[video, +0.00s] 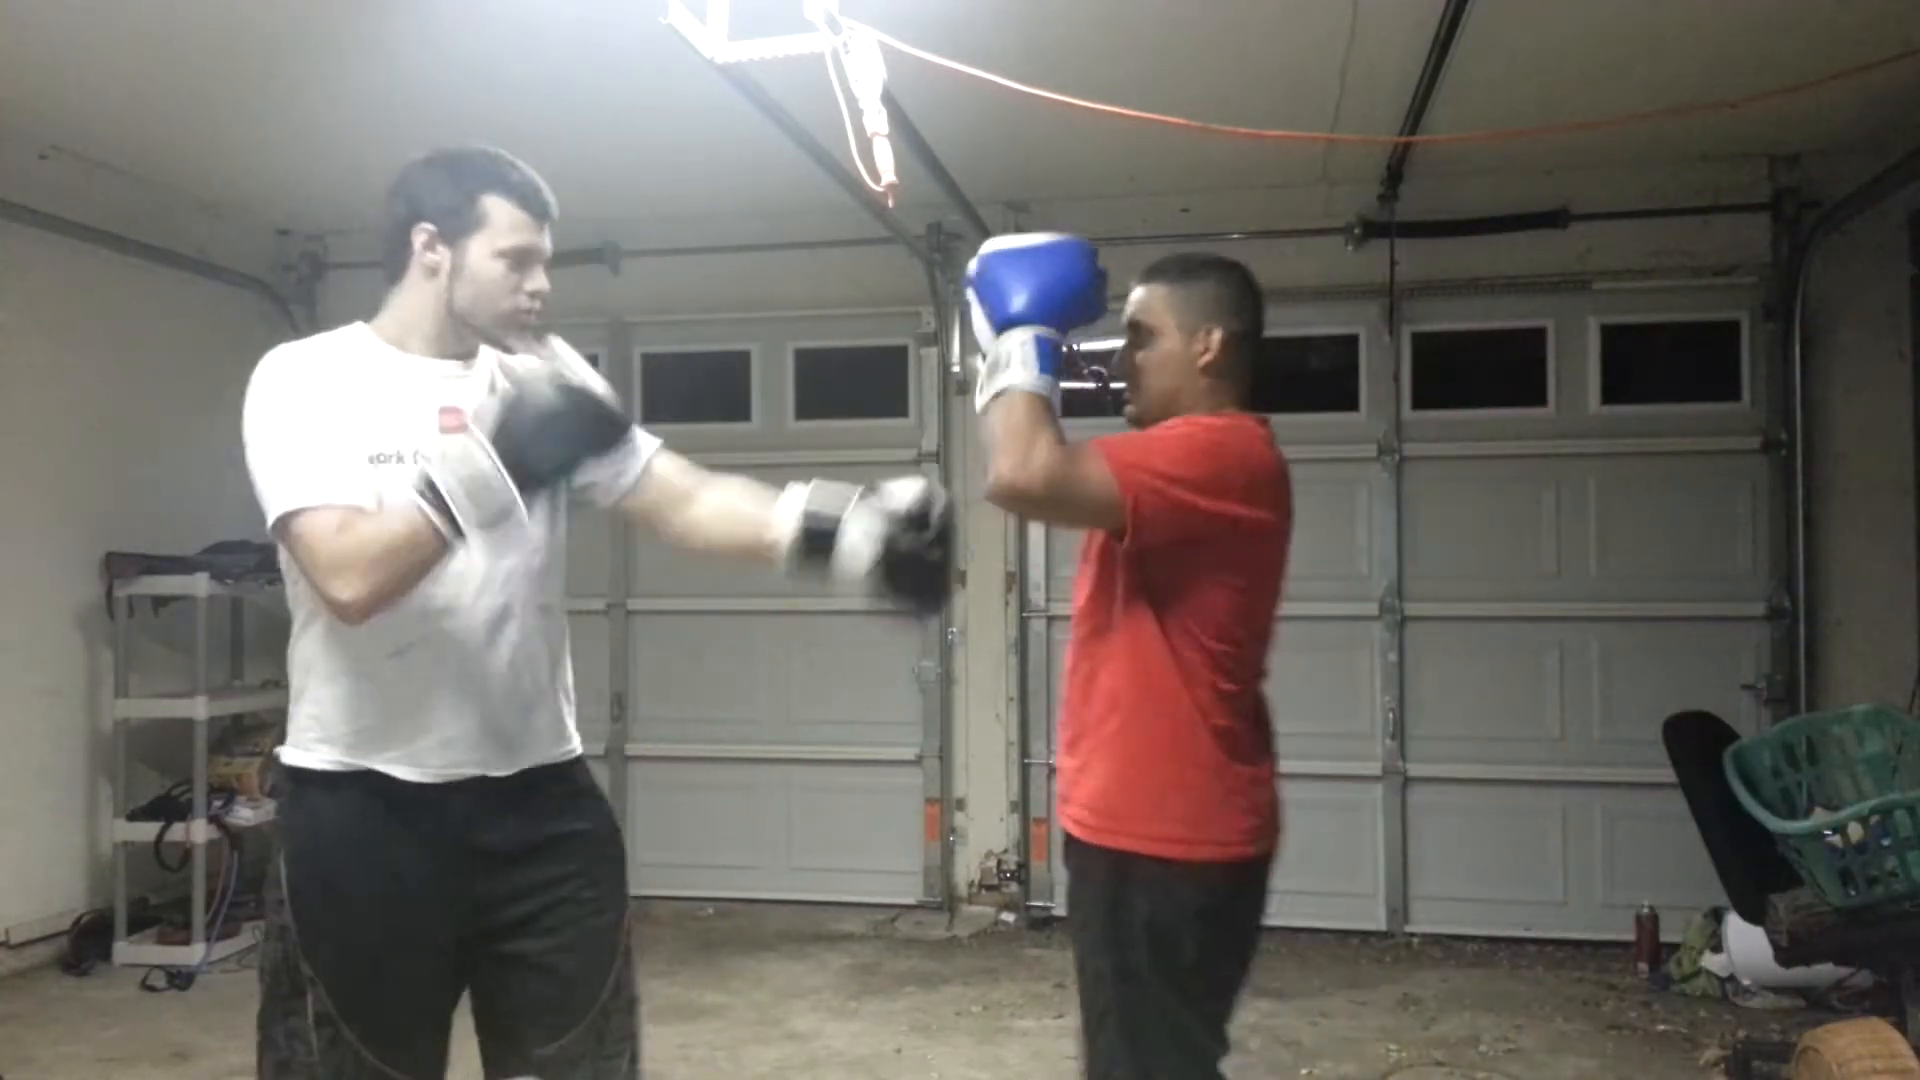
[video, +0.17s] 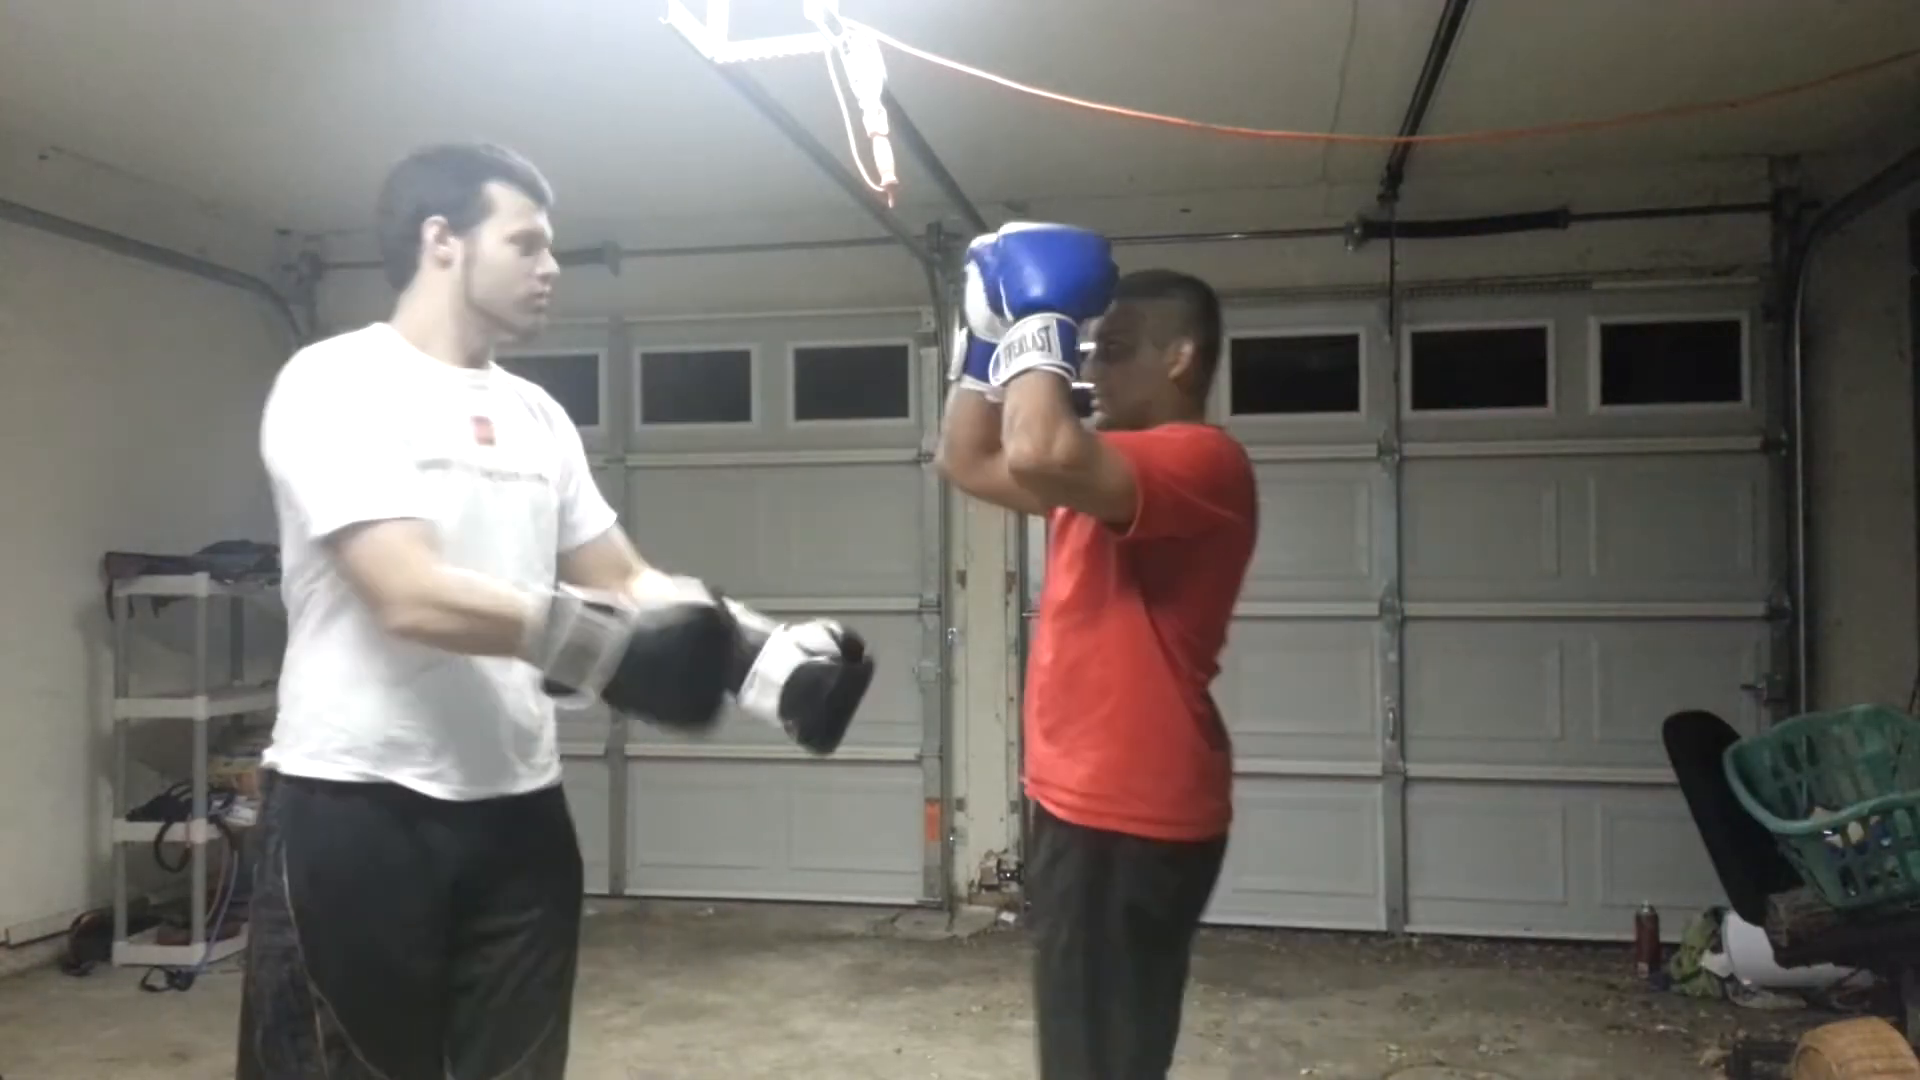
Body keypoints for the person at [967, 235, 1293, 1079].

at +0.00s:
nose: (1124, 361)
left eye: (1143, 337)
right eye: (1127, 339)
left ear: (1208, 347)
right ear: (1206, 350)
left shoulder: (1227, 453)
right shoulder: (1184, 454)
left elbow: (1027, 472)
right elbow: (1024, 476)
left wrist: (1022, 336)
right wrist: (1005, 352)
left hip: (1172, 842)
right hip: (1135, 834)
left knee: (1153, 1065)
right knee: (1131, 1062)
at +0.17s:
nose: (1090, 370)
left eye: (1114, 348)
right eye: (1092, 350)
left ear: (1183, 358)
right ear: (1079, 359)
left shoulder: (1206, 461)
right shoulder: (1100, 466)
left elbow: (1044, 453)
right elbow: (968, 460)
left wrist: (1035, 329)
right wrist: (985, 338)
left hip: (1134, 824)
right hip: (1076, 816)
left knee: (1102, 1060)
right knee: (1076, 1055)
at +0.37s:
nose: (1051, 379)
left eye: (1073, 357)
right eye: (1049, 360)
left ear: (1141, 366)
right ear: (1044, 374)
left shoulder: (1170, 462)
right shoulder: (1059, 468)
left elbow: (1027, 494)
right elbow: (930, 501)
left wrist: (999, 357)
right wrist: (924, 379)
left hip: (1112, 808)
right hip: (1057, 798)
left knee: (1016, 1047)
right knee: (1089, 1052)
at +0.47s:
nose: (1030, 381)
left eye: (1050, 361)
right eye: (1028, 365)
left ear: (1116, 369)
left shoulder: (1151, 470)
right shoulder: (1035, 476)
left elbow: (1032, 541)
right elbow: (923, 557)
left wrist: (938, 436)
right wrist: (879, 466)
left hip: (1103, 796)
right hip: (1045, 793)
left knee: (994, 1033)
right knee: (1093, 1044)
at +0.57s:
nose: (1007, 388)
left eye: (1027, 367)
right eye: (1003, 372)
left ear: (1093, 373)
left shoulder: (1127, 476)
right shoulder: (1008, 491)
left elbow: (1032, 584)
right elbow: (924, 604)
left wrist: (908, 509)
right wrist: (856, 535)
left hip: (1085, 802)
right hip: (1028, 801)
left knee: (983, 1039)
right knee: (1091, 1042)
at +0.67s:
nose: (977, 395)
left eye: (997, 373)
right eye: (972, 379)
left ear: (1062, 377)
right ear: (970, 392)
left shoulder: (1102, 481)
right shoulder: (987, 498)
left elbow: (1058, 625)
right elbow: (927, 642)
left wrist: (930, 568)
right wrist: (873, 588)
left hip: (1062, 809)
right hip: (1002, 806)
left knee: (971, 1041)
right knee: (1084, 1043)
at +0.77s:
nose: (945, 402)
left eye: (964, 381)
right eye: (941, 385)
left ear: (1028, 386)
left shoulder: (1070, 491)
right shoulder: (959, 501)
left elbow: (1076, 652)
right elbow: (934, 626)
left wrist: (929, 659)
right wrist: (875, 639)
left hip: (1030, 813)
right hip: (975, 807)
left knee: (947, 1040)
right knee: (1063, 1040)